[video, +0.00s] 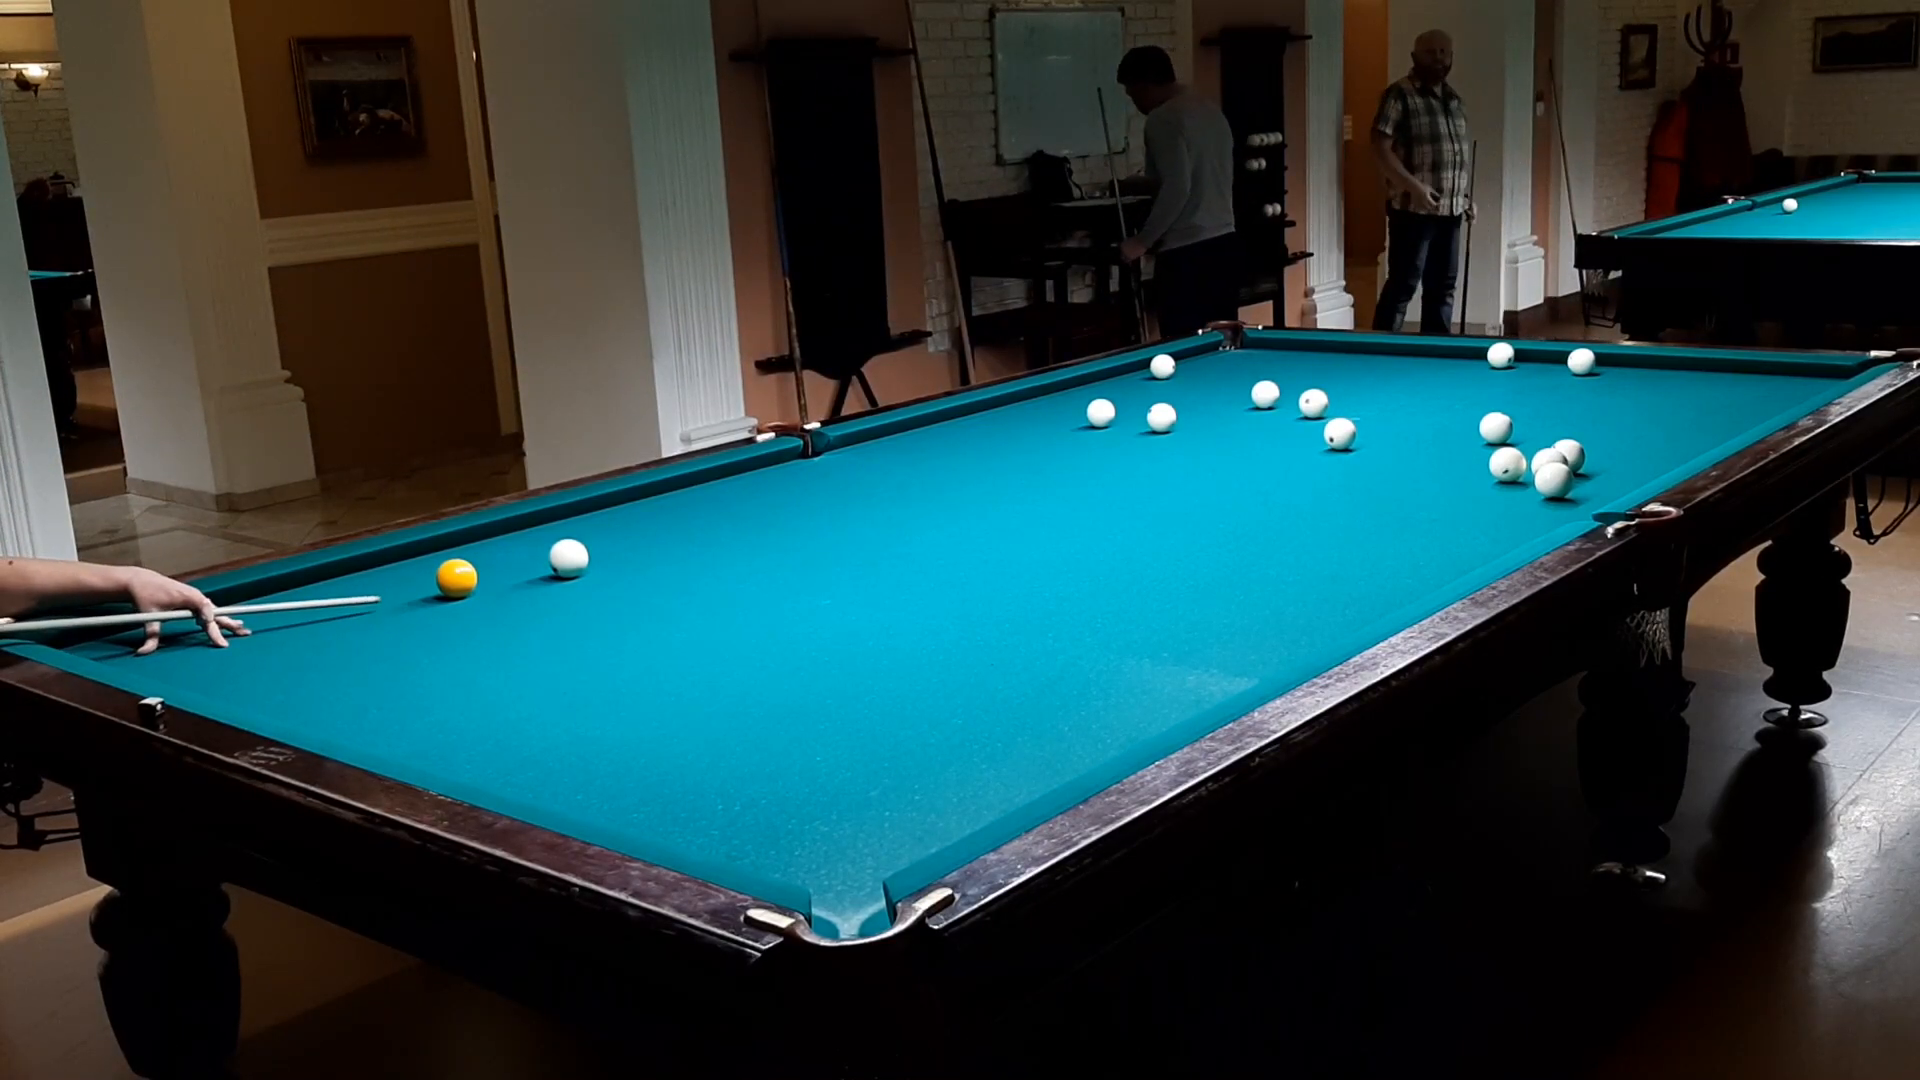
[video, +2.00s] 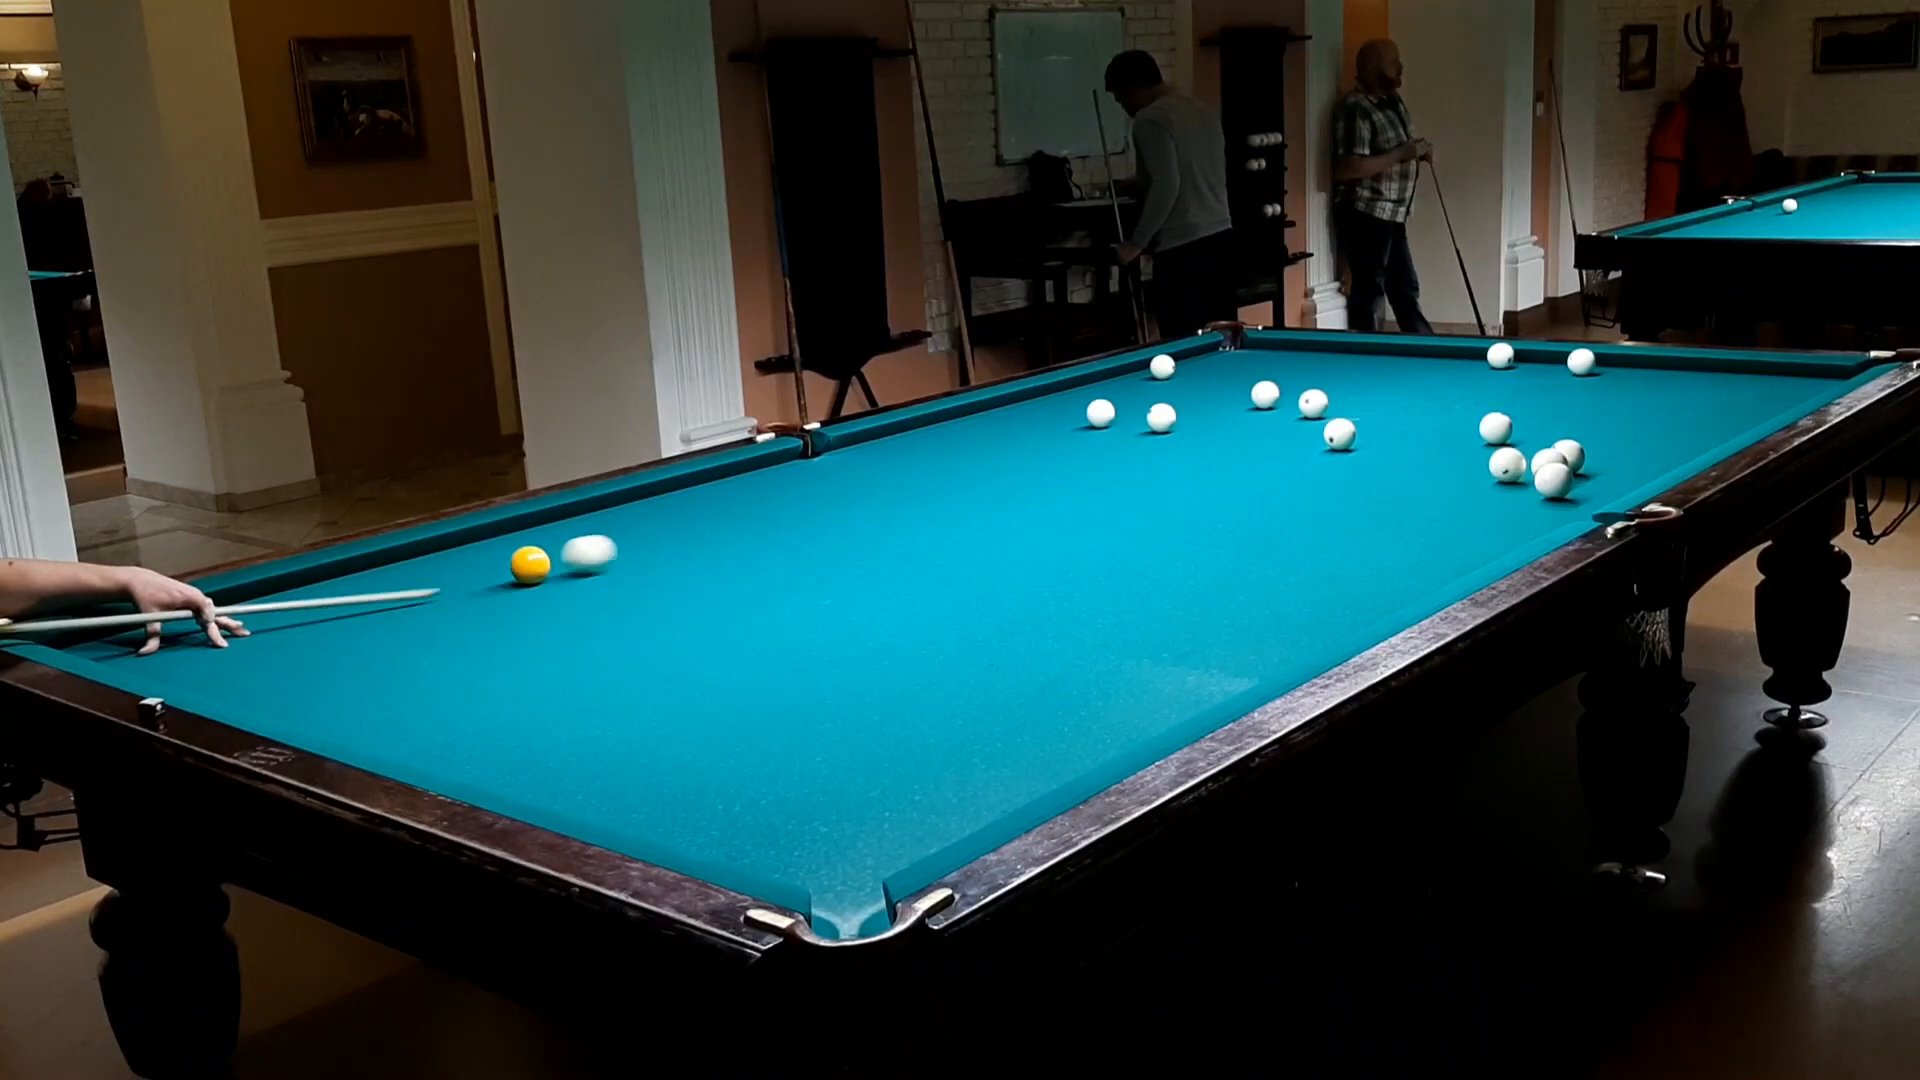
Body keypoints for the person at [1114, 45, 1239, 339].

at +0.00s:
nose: (1130, 99)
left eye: (1130, 90)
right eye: (1128, 91)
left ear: (1144, 84)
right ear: (1168, 75)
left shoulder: (1164, 120)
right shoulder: (1210, 111)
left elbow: (1176, 188)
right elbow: (1217, 178)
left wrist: (1142, 241)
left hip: (1185, 254)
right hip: (1224, 246)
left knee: (1183, 350)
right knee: (1222, 342)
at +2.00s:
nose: (1121, 106)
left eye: (1119, 97)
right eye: (1117, 99)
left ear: (1130, 88)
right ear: (1155, 78)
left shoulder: (1150, 121)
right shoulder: (1201, 110)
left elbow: (1165, 183)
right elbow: (1206, 172)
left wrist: (1136, 243)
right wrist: (1142, 184)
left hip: (1180, 251)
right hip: (1222, 241)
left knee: (1181, 345)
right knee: (1221, 337)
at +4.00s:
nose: (1110, 114)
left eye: (1107, 106)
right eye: (1105, 108)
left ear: (1116, 97)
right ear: (1141, 83)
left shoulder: (1139, 122)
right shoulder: (1187, 109)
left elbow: (1160, 180)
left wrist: (1134, 243)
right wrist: (1137, 189)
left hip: (1181, 250)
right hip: (1220, 238)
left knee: (1181, 344)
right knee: (1221, 334)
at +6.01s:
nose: (1114, 108)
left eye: (1112, 100)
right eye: (1110, 101)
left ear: (1122, 92)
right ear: (1148, 81)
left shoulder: (1142, 121)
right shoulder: (1192, 110)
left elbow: (1160, 181)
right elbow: (1216, 176)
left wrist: (1133, 243)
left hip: (1179, 250)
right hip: (1220, 239)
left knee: (1180, 343)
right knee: (1220, 335)